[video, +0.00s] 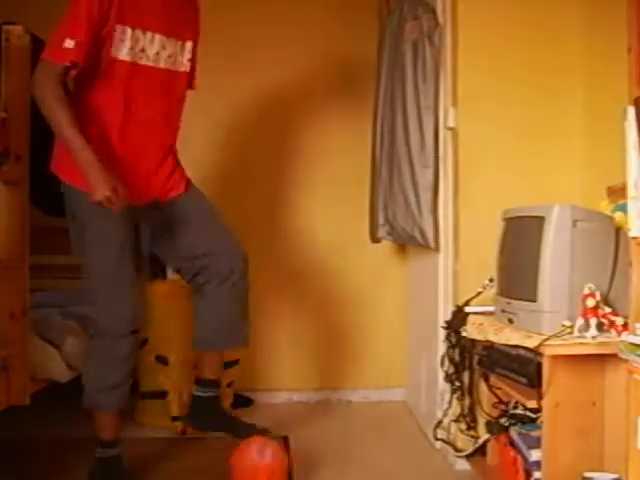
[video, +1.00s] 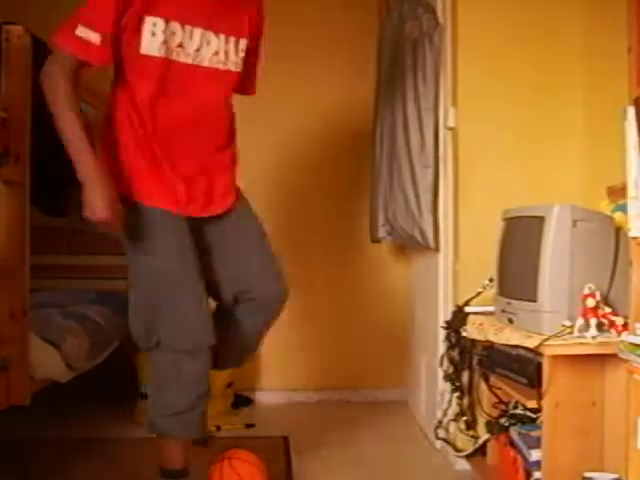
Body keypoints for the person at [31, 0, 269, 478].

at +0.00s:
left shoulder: (187, 9)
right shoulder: (100, 3)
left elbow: (172, 93)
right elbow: (45, 80)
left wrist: (168, 161)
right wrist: (92, 168)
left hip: (160, 175)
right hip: (97, 180)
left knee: (224, 263)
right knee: (118, 316)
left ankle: (206, 401)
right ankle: (108, 455)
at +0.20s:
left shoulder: (185, 8)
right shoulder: (105, 3)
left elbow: (150, 87)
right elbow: (48, 84)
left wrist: (164, 158)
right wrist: (103, 170)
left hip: (164, 171)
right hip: (102, 180)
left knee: (223, 259)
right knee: (120, 319)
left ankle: (188, 407)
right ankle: (108, 455)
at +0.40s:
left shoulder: (201, 10)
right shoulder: (118, 4)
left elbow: (166, 97)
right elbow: (53, 80)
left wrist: (183, 165)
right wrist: (97, 173)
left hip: (164, 174)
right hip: (102, 181)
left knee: (224, 256)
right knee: (113, 321)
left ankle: (178, 393)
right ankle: (106, 452)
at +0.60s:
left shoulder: (222, 24)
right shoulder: (122, 4)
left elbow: (222, 109)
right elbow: (50, 73)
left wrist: (251, 184)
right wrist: (64, 172)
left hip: (175, 197)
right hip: (117, 188)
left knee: (186, 330)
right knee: (141, 324)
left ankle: (152, 432)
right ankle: (115, 447)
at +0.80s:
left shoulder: (247, 14)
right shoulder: (126, 3)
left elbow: (257, 108)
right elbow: (56, 58)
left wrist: (279, 187)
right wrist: (40, 155)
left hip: (187, 182)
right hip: (129, 173)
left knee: (179, 312)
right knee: (175, 308)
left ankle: (155, 425)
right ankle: (165, 467)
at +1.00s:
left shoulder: (248, 8)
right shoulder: (124, 5)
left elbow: (219, 95)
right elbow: (56, 73)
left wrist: (220, 174)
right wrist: (91, 176)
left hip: (212, 180)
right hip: (147, 180)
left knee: (263, 292)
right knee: (183, 330)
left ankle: (182, 363)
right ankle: (174, 471)